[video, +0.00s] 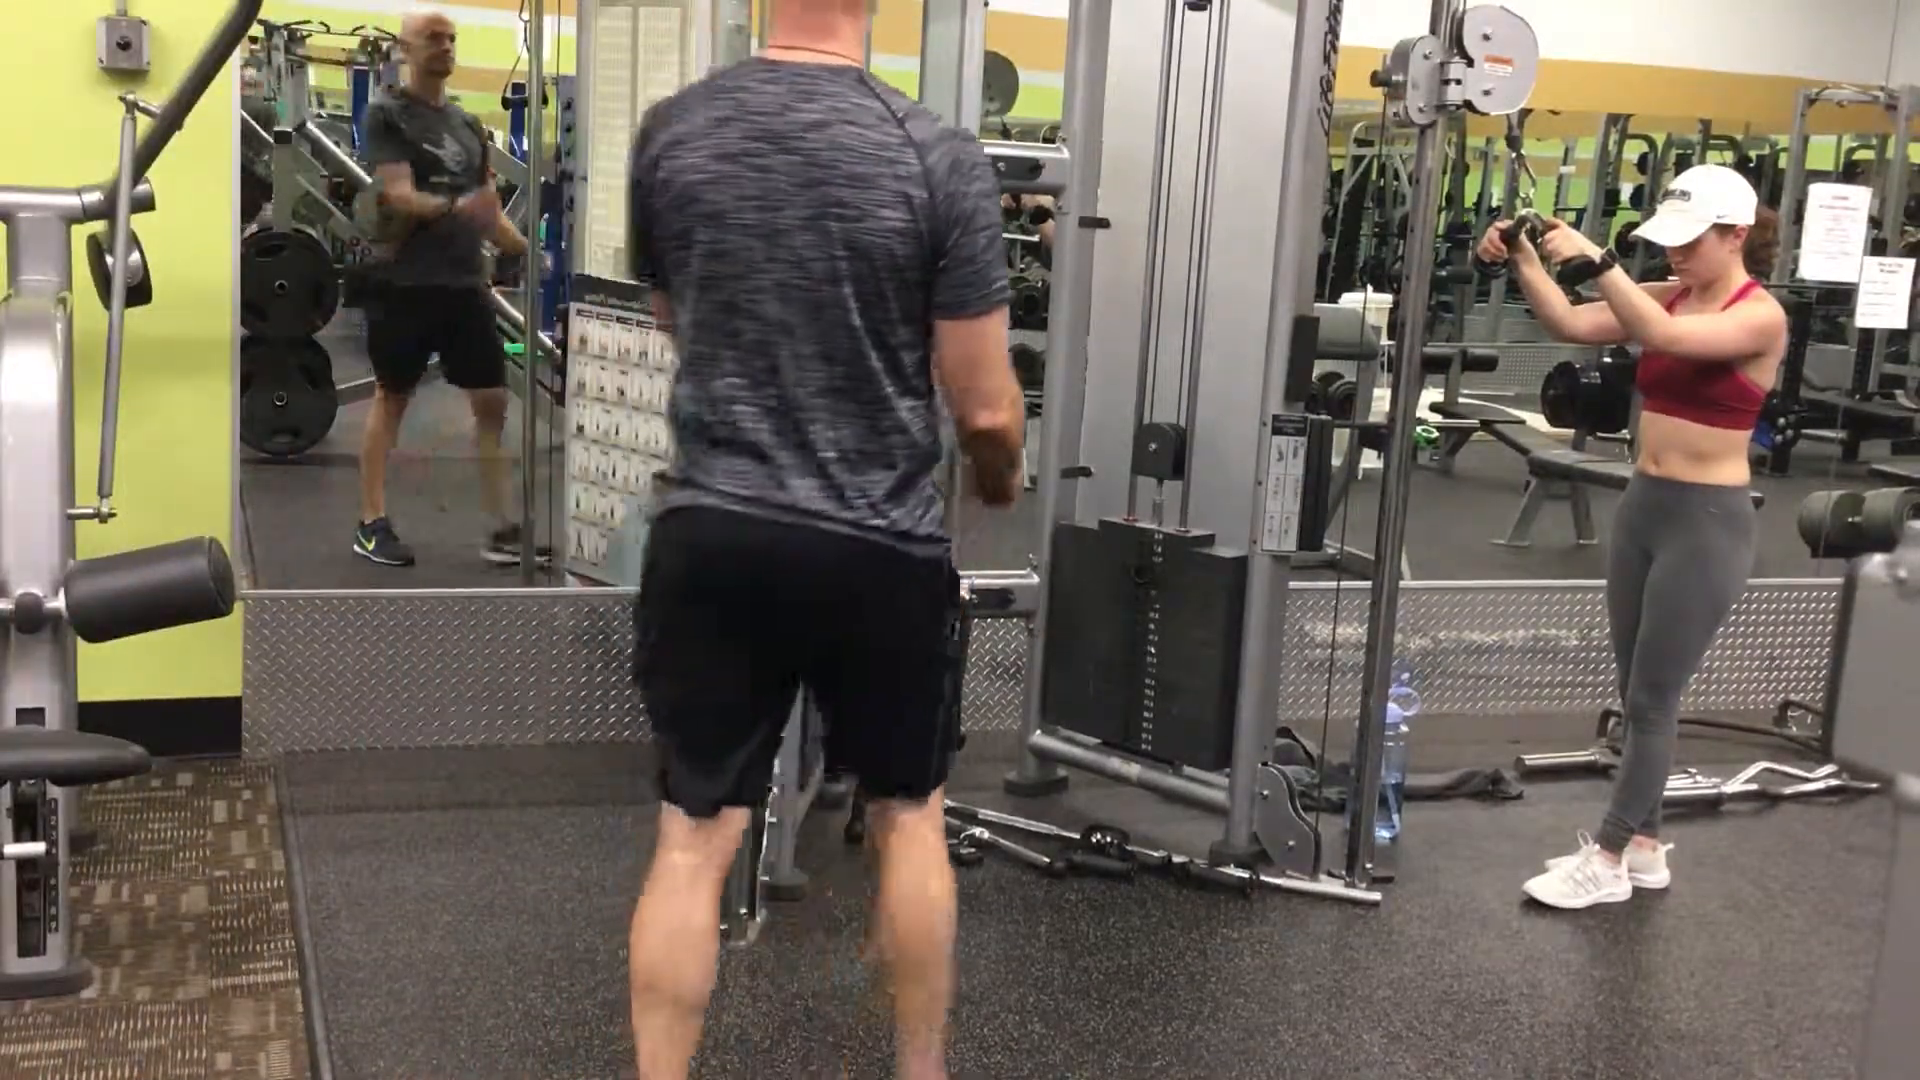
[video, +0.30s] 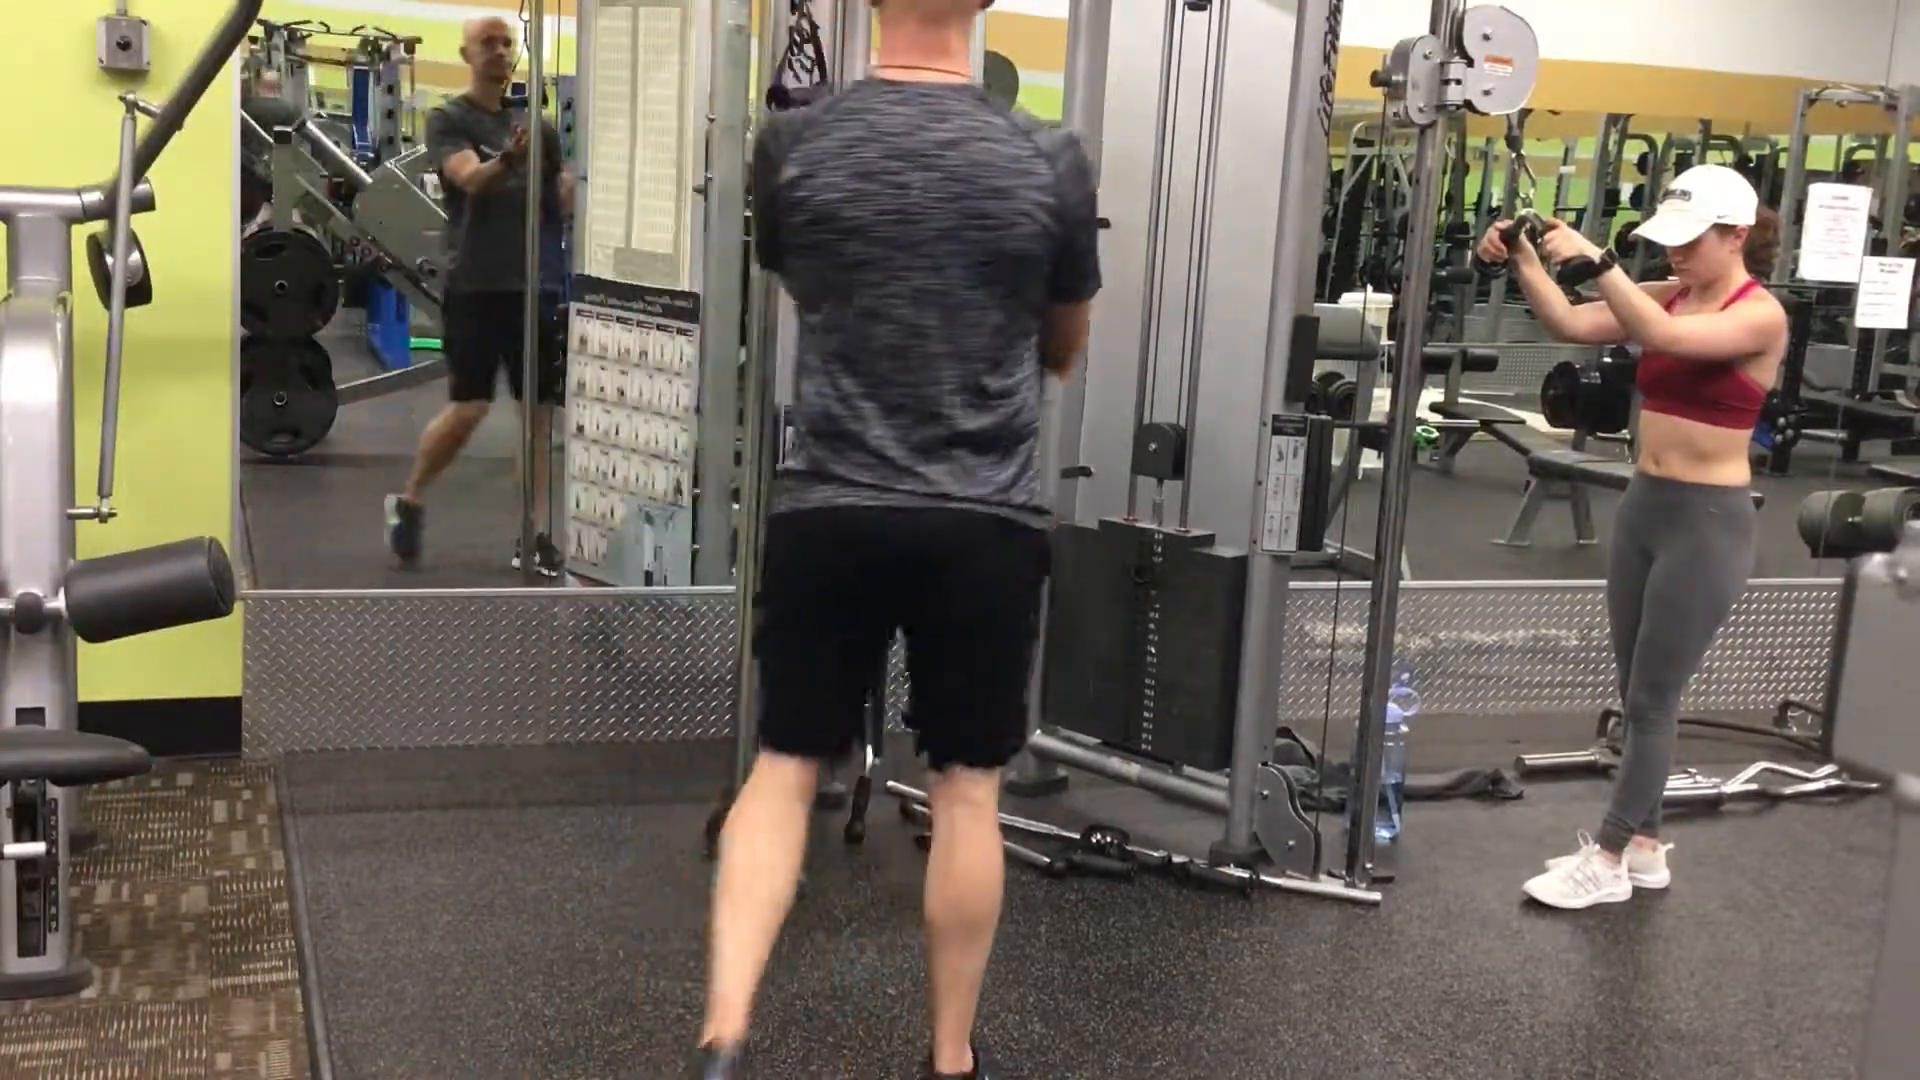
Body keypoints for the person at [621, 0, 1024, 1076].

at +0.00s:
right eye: (866, 18)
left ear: (767, 5)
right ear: (870, 14)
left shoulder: (673, 132)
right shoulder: (940, 158)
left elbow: (676, 318)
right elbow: (985, 406)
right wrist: (999, 476)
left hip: (711, 542)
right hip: (881, 559)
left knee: (692, 837)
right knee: (910, 818)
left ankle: (658, 1073)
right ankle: (925, 1069)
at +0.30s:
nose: (939, 31)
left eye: (893, 20)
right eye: (964, 20)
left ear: (873, 18)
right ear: (980, 22)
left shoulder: (795, 139)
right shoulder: (1047, 158)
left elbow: (799, 290)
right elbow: (1062, 349)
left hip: (826, 523)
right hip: (984, 534)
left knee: (783, 768)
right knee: (967, 794)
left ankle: (721, 1041)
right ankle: (951, 1057)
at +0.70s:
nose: (905, 20)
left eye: (910, 9)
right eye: (912, 12)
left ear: (934, 17)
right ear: (1026, 26)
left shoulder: (879, 156)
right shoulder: (1088, 162)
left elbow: (817, 264)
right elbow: (988, 206)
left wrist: (803, 155)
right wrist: (895, 117)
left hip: (882, 500)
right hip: (1021, 505)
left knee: (870, 746)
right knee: (992, 749)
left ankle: (881, 1009)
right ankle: (966, 1030)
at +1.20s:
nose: (1004, 19)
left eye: (1028, 6)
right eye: (1009, 3)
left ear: (1100, 21)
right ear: (1107, 33)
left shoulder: (1039, 156)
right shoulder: (1142, 154)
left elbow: (884, 241)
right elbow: (966, 219)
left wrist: (828, 130)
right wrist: (882, 114)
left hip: (1014, 501)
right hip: (1101, 490)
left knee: (941, 748)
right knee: (1061, 742)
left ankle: (884, 1009)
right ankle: (1110, 995)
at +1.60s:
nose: (1074, 23)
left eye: (1102, 10)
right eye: (1071, 6)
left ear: (1167, 22)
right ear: (1073, 15)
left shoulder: (1120, 146)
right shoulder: (1167, 135)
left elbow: (944, 237)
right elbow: (998, 213)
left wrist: (869, 133)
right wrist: (912, 116)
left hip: (1092, 487)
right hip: (1139, 481)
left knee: (1036, 753)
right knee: (1098, 746)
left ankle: (1069, 1040)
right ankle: (1114, 999)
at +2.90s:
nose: (1037, 84)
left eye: (1053, 57)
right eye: (1032, 60)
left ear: (1138, 38)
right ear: (1138, 41)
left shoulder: (1125, 162)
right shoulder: (1228, 136)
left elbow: (998, 194)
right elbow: (1055, 182)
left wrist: (932, 91)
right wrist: (975, 81)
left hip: (1230, 532)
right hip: (1174, 525)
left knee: (1144, 837)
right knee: (1102, 794)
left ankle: (1228, 1069)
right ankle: (1093, 1048)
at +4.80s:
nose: (1044, 119)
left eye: (1068, 96)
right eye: (1034, 92)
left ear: (1160, 75)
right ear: (1155, 78)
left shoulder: (1131, 238)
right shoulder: (1210, 173)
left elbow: (978, 310)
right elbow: (1026, 280)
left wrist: (855, 246)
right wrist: (886, 225)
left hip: (1250, 596)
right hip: (1193, 578)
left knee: (1166, 928)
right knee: (1115, 821)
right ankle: (1128, 1053)